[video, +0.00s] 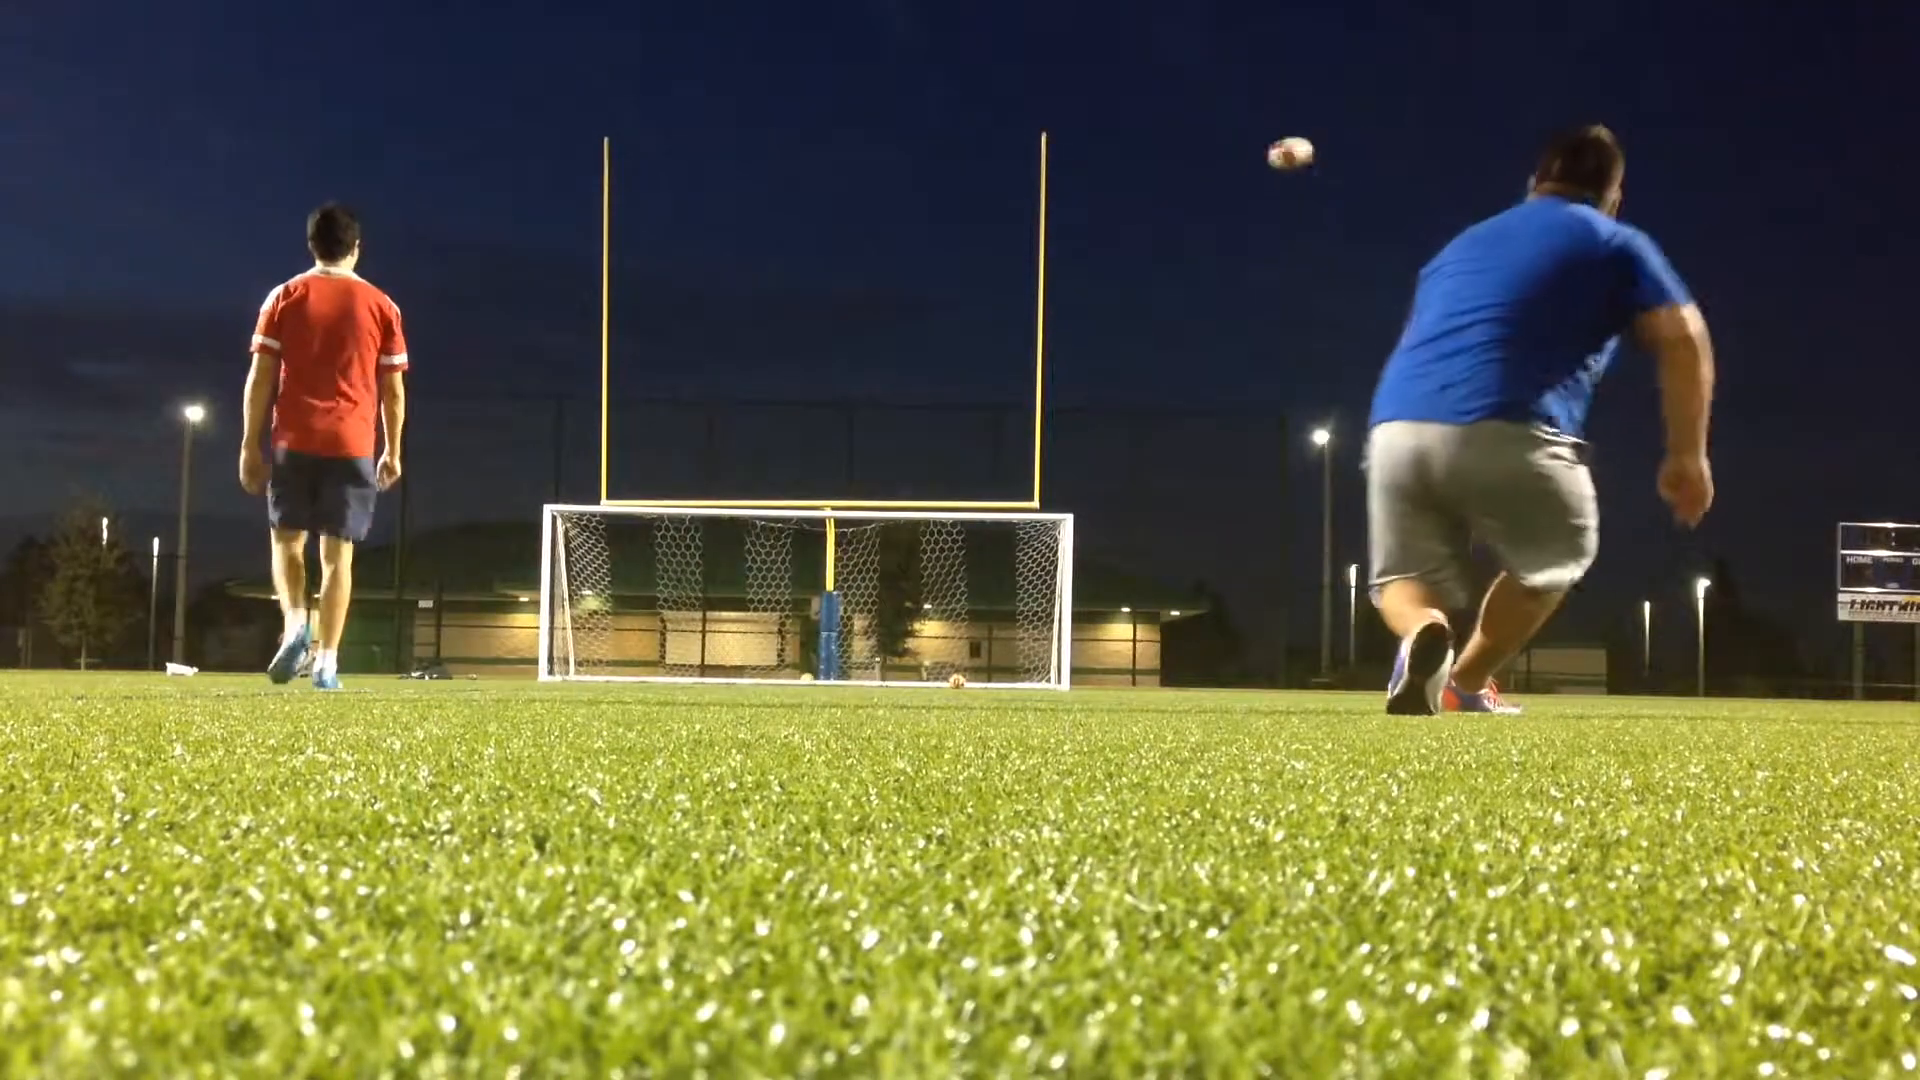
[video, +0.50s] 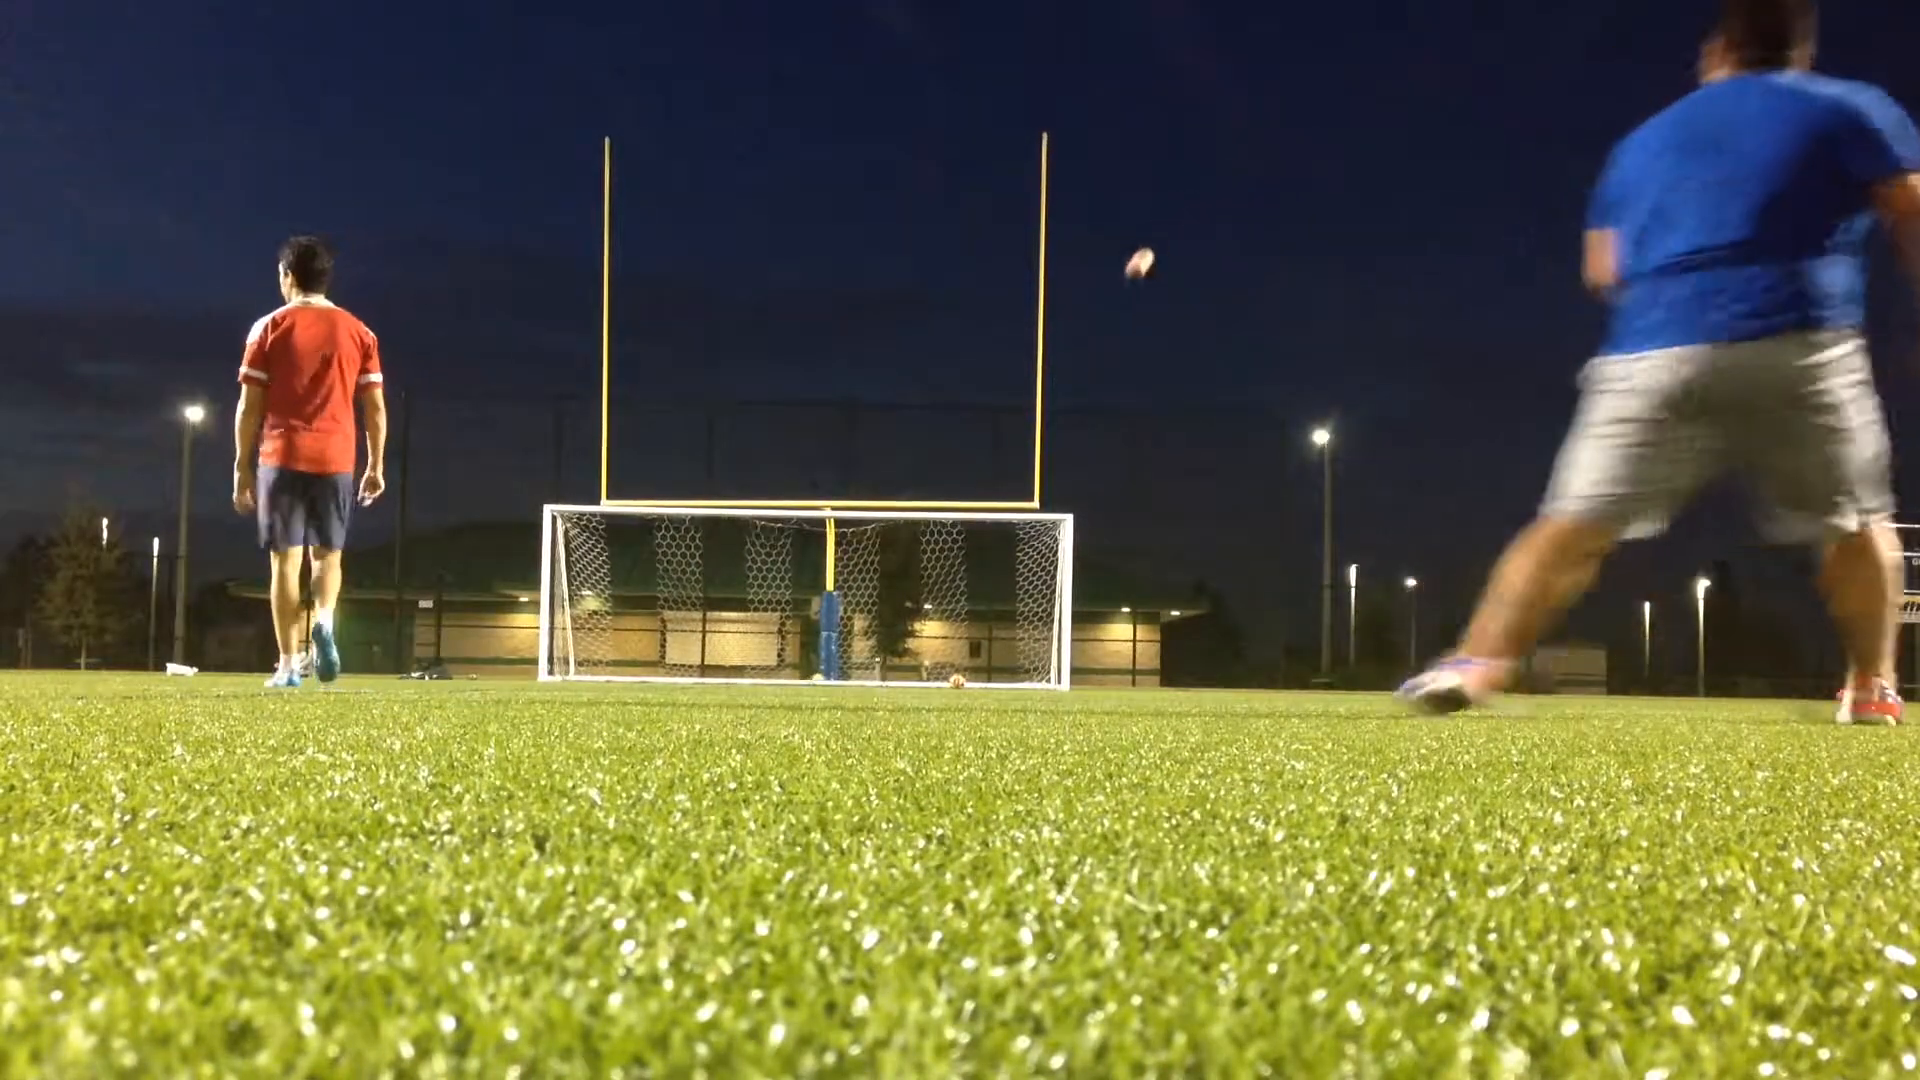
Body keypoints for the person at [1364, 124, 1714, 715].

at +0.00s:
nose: (1616, 206)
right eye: (1616, 197)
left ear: (1535, 183)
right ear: (1612, 195)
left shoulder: (1465, 241)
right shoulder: (1615, 242)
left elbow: (1427, 340)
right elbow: (1685, 334)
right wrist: (1688, 454)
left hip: (1400, 428)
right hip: (1512, 432)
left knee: (1402, 574)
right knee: (1553, 557)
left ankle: (1423, 630)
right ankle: (1466, 682)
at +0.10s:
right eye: (1628, 183)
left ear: (1543, 170)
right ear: (1623, 180)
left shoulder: (1477, 231)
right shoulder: (1635, 221)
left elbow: (1421, 339)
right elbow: (1703, 305)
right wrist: (1689, 424)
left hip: (1425, 418)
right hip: (1539, 422)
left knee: (1418, 567)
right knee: (1558, 556)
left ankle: (1434, 637)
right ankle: (1466, 684)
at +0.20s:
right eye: (1649, 129)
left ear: (1563, 124)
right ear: (1644, 127)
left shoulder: (1503, 193)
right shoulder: (1659, 162)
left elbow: (1447, 316)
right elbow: (1708, 240)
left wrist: (1488, 381)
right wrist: (1699, 358)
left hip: (1481, 391)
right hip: (1596, 395)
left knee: (1448, 546)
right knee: (1603, 547)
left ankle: (1441, 645)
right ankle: (1519, 660)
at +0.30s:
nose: (1684, 114)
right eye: (1681, 105)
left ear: (1590, 105)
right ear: (1672, 104)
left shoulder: (1520, 180)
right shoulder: (1689, 145)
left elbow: (1479, 305)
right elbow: (1744, 239)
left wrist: (1525, 371)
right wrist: (1768, 356)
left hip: (1513, 380)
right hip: (1634, 376)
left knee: (1470, 535)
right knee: (1690, 502)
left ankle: (1439, 652)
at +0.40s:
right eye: (1726, 84)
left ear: (1630, 85)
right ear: (1719, 85)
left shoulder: (1557, 167)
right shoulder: (1744, 133)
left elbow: (1523, 291)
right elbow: (1819, 234)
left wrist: (1589, 345)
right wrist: (1852, 345)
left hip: (1556, 364)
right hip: (1692, 362)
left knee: (1500, 534)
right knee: (1774, 498)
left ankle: (1437, 665)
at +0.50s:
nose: (1701, 66)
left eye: (1706, 53)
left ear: (1715, 56)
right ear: (1805, 54)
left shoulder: (1644, 139)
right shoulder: (1850, 104)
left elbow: (1602, 270)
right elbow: (1906, 207)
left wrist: (1707, 272)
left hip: (1660, 350)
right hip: (1806, 343)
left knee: (1571, 526)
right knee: (1854, 520)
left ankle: (1478, 660)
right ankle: (1872, 688)